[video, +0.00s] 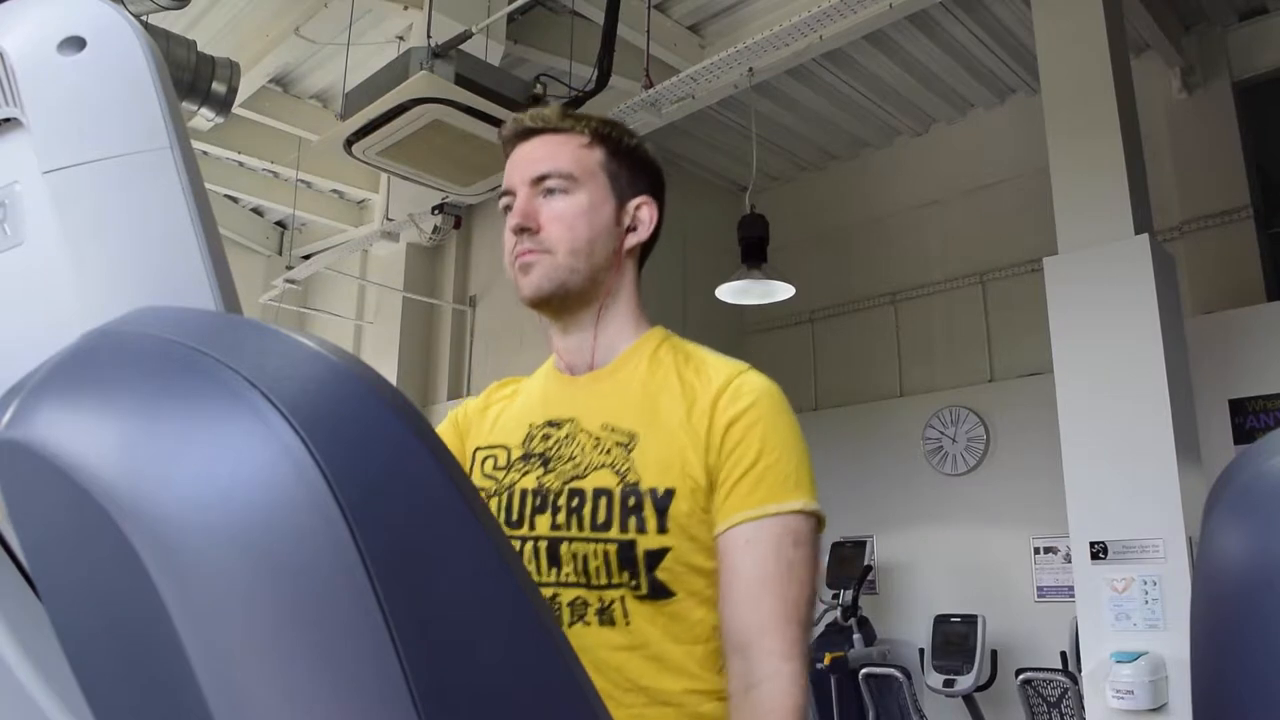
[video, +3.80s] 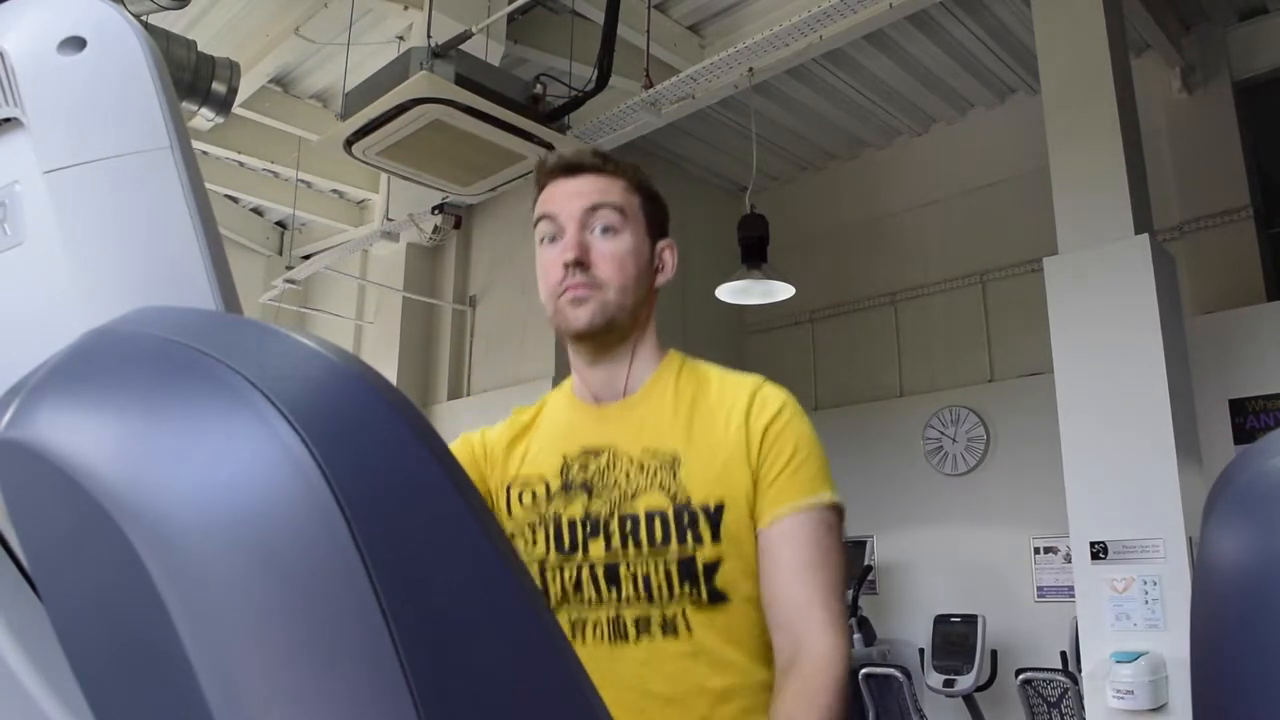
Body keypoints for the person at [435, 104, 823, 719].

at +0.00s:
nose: (517, 217)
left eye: (552, 190)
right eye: (508, 203)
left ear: (635, 222)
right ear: (503, 231)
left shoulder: (734, 405)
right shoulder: (465, 429)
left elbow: (766, 675)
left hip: (673, 704)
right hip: (490, 703)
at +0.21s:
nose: (481, 234)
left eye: (517, 208)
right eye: (473, 218)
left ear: (597, 239)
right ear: (464, 241)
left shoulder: (688, 414)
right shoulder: (451, 435)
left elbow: (696, 689)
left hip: (624, 706)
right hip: (460, 704)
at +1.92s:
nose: (471, 231)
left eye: (501, 200)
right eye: (457, 215)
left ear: (578, 220)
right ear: (451, 238)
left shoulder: (685, 381)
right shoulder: (434, 421)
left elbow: (740, 609)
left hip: (656, 702)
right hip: (477, 703)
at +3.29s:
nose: (541, 266)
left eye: (572, 240)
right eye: (519, 249)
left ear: (626, 271)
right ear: (503, 282)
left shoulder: (723, 423)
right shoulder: (460, 467)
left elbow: (805, 627)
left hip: (725, 707)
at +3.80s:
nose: (570, 254)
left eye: (604, 228)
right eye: (549, 236)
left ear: (661, 262)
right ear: (535, 272)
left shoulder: (757, 417)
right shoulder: (482, 461)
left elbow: (811, 662)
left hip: (727, 704)